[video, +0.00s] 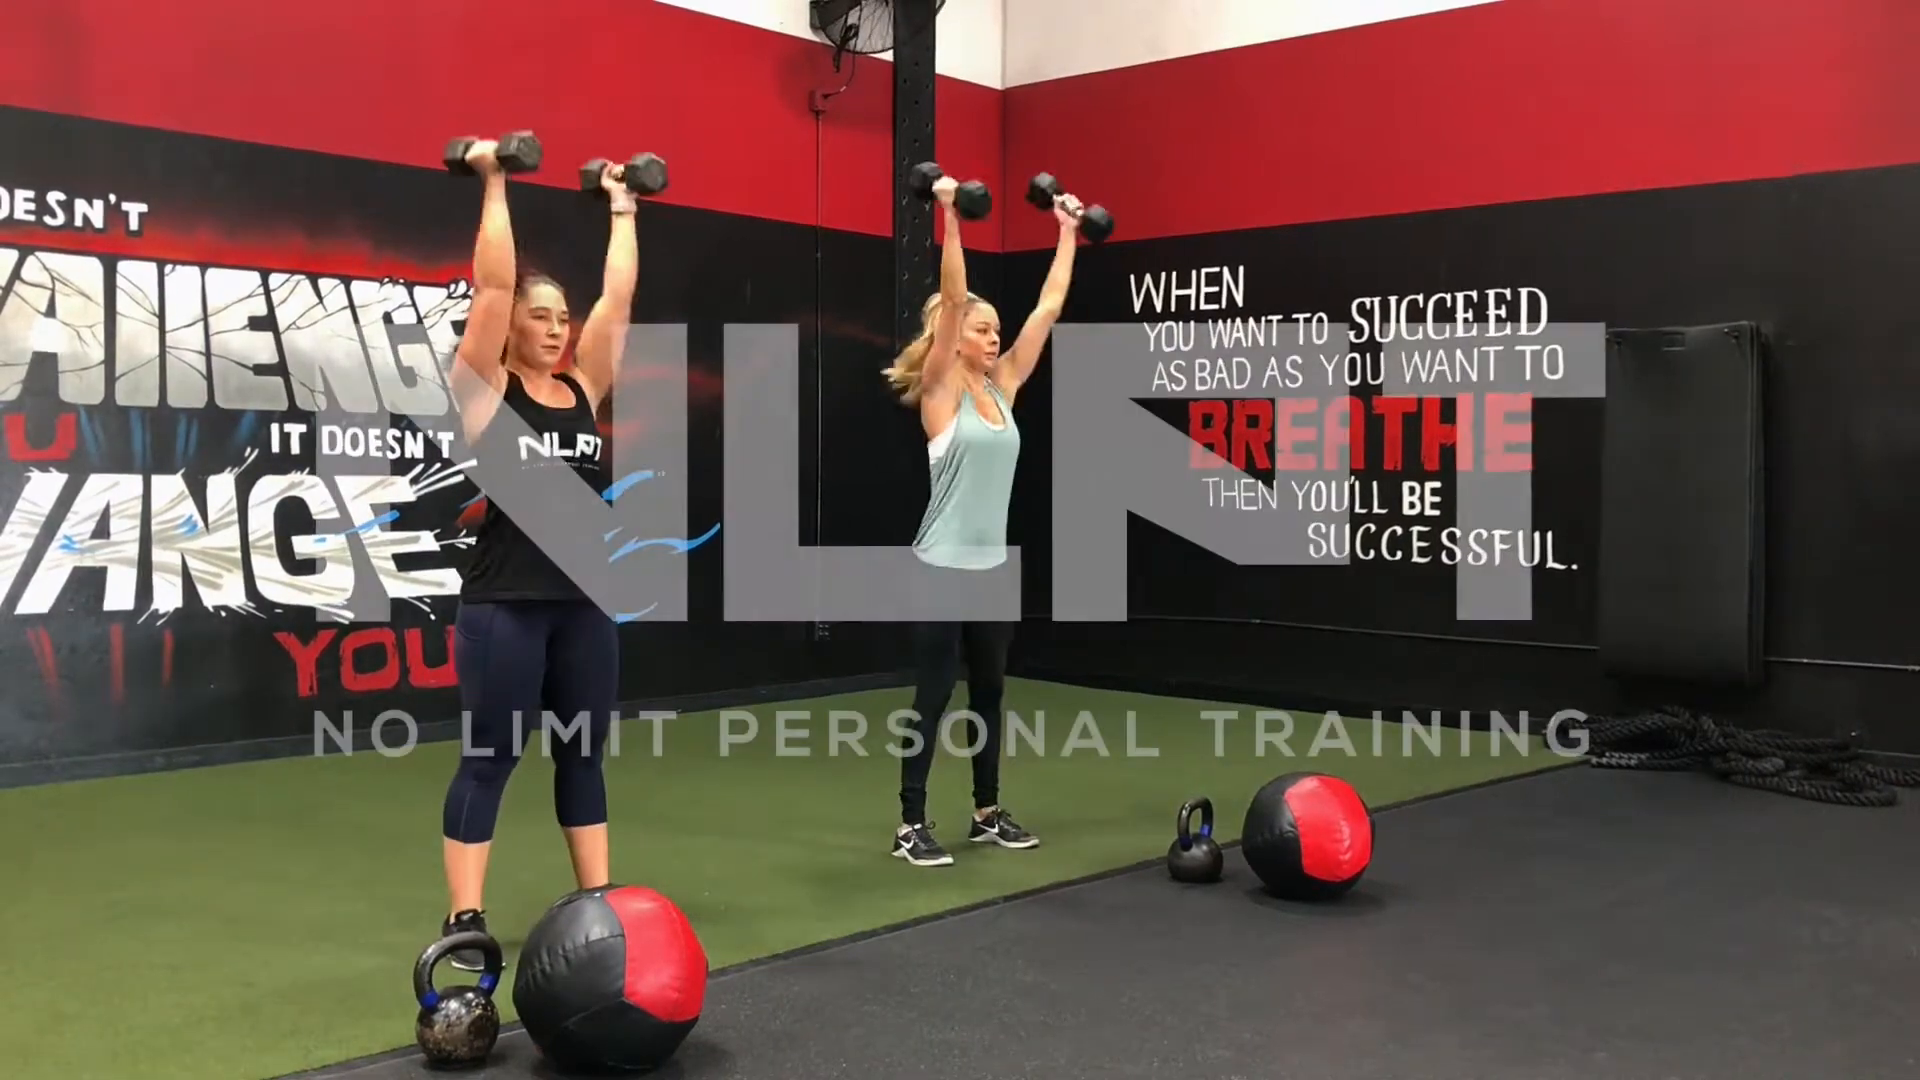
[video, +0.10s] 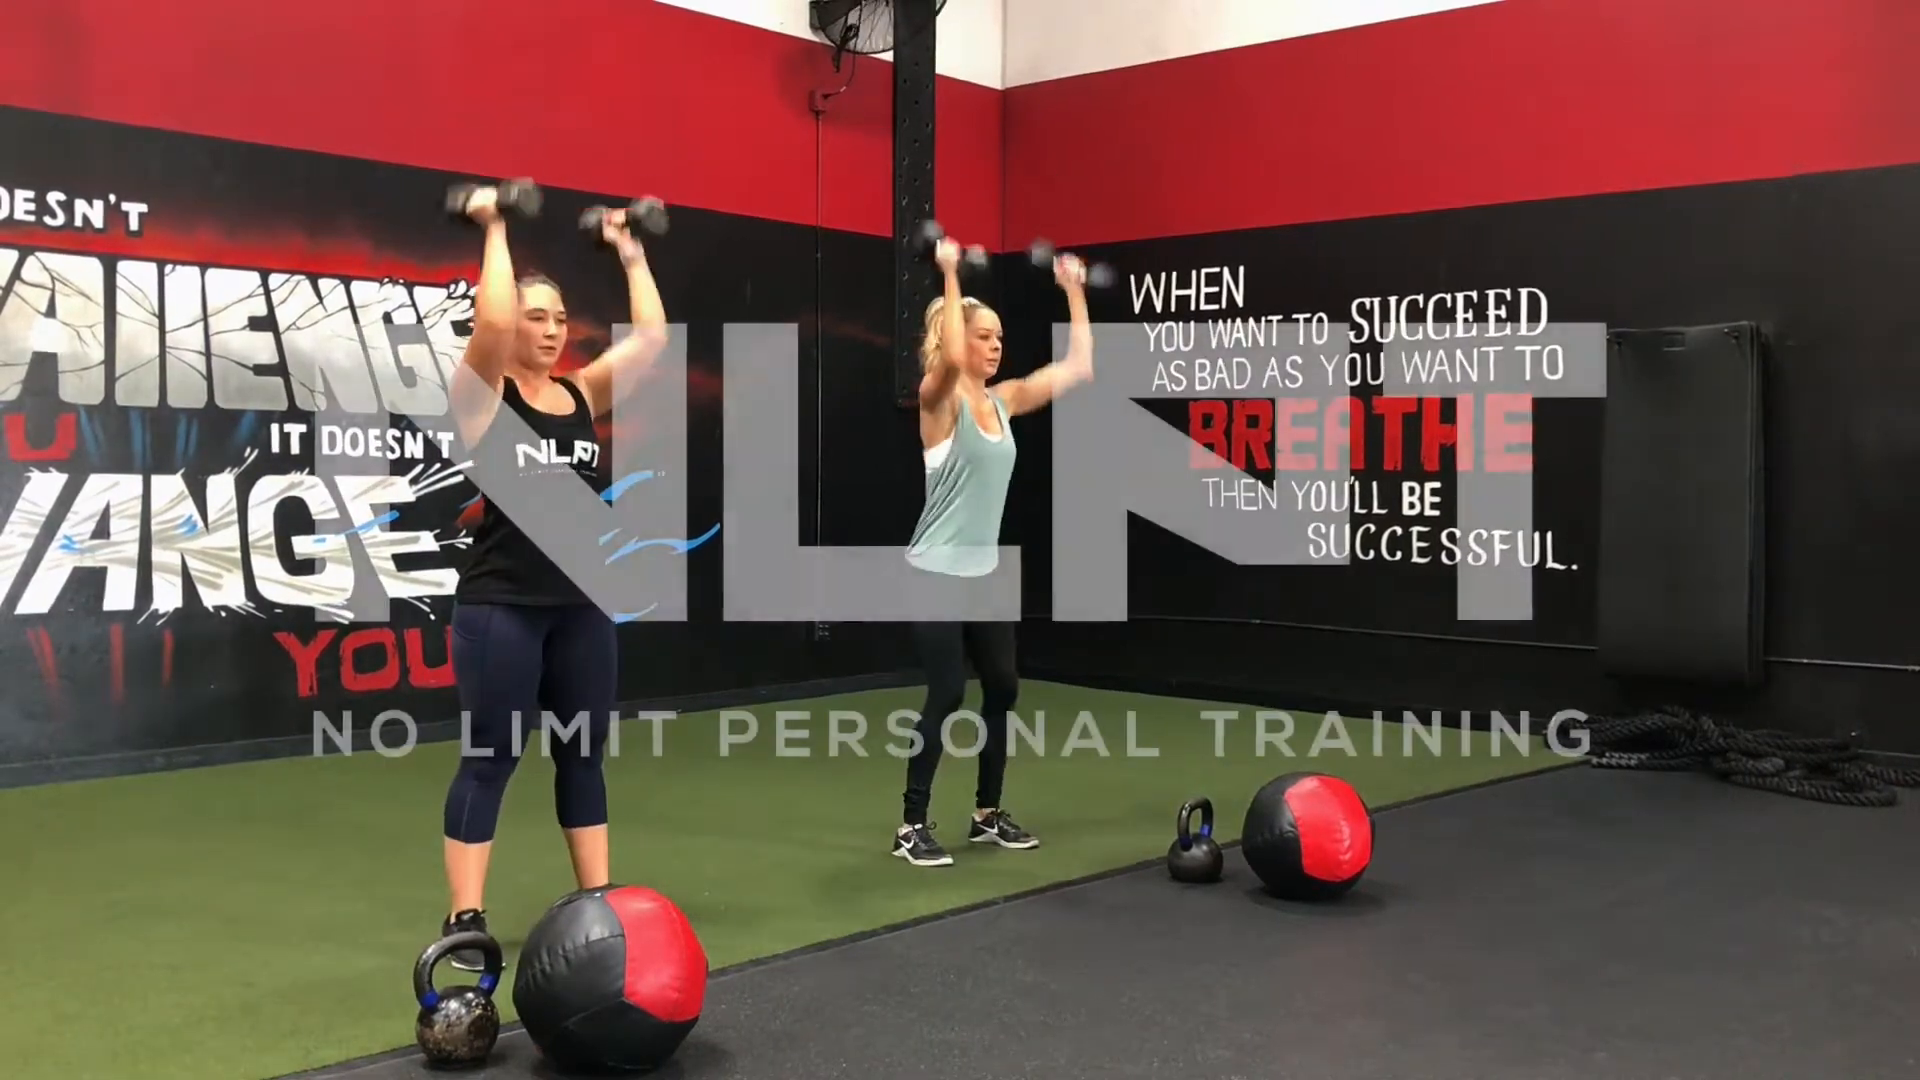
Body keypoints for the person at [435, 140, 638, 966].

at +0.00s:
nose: (557, 325)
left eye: (564, 314)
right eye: (541, 313)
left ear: (572, 324)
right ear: (506, 319)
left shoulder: (586, 386)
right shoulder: (483, 385)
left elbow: (619, 293)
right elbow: (495, 284)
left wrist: (621, 202)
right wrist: (494, 177)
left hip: (583, 605)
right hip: (503, 606)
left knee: (584, 756)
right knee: (488, 759)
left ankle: (598, 909)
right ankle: (466, 920)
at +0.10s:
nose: (550, 327)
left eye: (558, 315)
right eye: (535, 316)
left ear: (567, 325)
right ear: (502, 326)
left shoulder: (583, 391)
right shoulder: (477, 395)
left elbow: (651, 335)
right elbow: (493, 326)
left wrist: (629, 249)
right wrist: (496, 225)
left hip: (581, 603)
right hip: (500, 606)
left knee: (584, 754)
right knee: (490, 757)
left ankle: (598, 906)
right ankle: (467, 919)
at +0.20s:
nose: (561, 340)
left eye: (566, 329)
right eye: (545, 329)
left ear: (570, 341)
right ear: (509, 340)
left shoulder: (585, 420)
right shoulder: (475, 408)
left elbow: (665, 442)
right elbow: (496, 440)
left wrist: (641, 361)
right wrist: (497, 341)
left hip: (563, 607)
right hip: (480, 608)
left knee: (595, 746)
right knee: (489, 752)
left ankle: (596, 907)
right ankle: (465, 920)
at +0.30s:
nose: (570, 421)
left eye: (575, 409)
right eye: (554, 409)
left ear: (584, 418)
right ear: (517, 418)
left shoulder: (580, 489)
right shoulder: (485, 485)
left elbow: (643, 572)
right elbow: (502, 571)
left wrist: (640, 492)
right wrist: (504, 481)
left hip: (543, 650)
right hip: (464, 650)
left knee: (620, 749)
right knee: (490, 767)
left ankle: (595, 906)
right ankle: (464, 923)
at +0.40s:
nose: (575, 511)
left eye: (583, 498)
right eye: (561, 498)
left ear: (593, 506)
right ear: (528, 507)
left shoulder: (598, 566)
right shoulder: (490, 571)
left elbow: (636, 664)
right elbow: (500, 674)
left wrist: (640, 584)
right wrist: (506, 579)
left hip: (540, 710)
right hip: (458, 708)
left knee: (637, 765)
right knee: (495, 785)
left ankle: (598, 910)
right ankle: (463, 924)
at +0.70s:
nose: (575, 411)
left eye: (580, 400)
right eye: (560, 400)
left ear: (587, 411)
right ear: (523, 410)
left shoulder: (590, 480)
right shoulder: (493, 475)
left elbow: (651, 545)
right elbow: (512, 557)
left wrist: (647, 477)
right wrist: (532, 475)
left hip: (548, 647)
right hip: (469, 648)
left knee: (629, 755)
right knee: (492, 771)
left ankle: (595, 909)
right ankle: (464, 926)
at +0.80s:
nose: (560, 333)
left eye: (568, 322)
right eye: (545, 320)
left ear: (578, 332)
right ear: (515, 329)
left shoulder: (593, 404)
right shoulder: (495, 400)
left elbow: (672, 395)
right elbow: (504, 383)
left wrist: (645, 316)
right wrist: (502, 300)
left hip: (573, 599)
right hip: (490, 602)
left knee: (598, 741)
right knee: (488, 754)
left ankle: (598, 909)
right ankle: (465, 924)